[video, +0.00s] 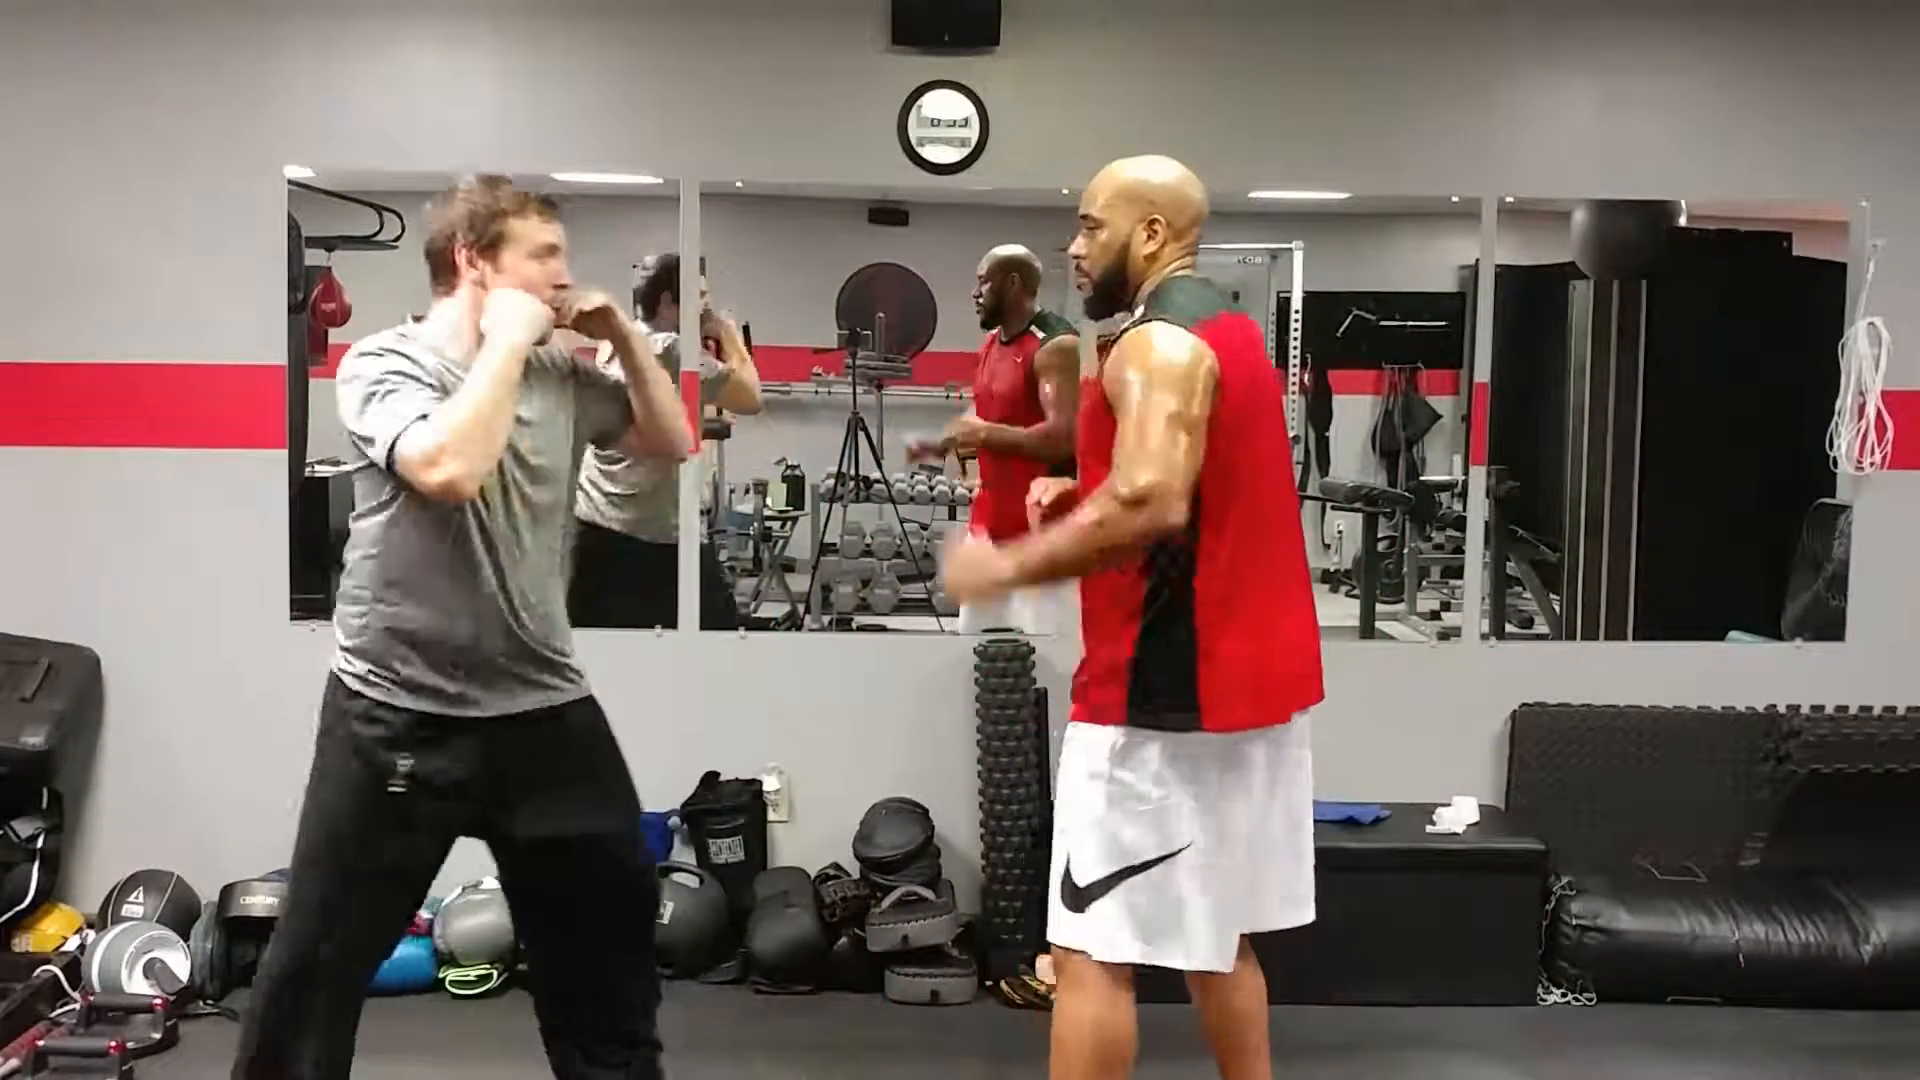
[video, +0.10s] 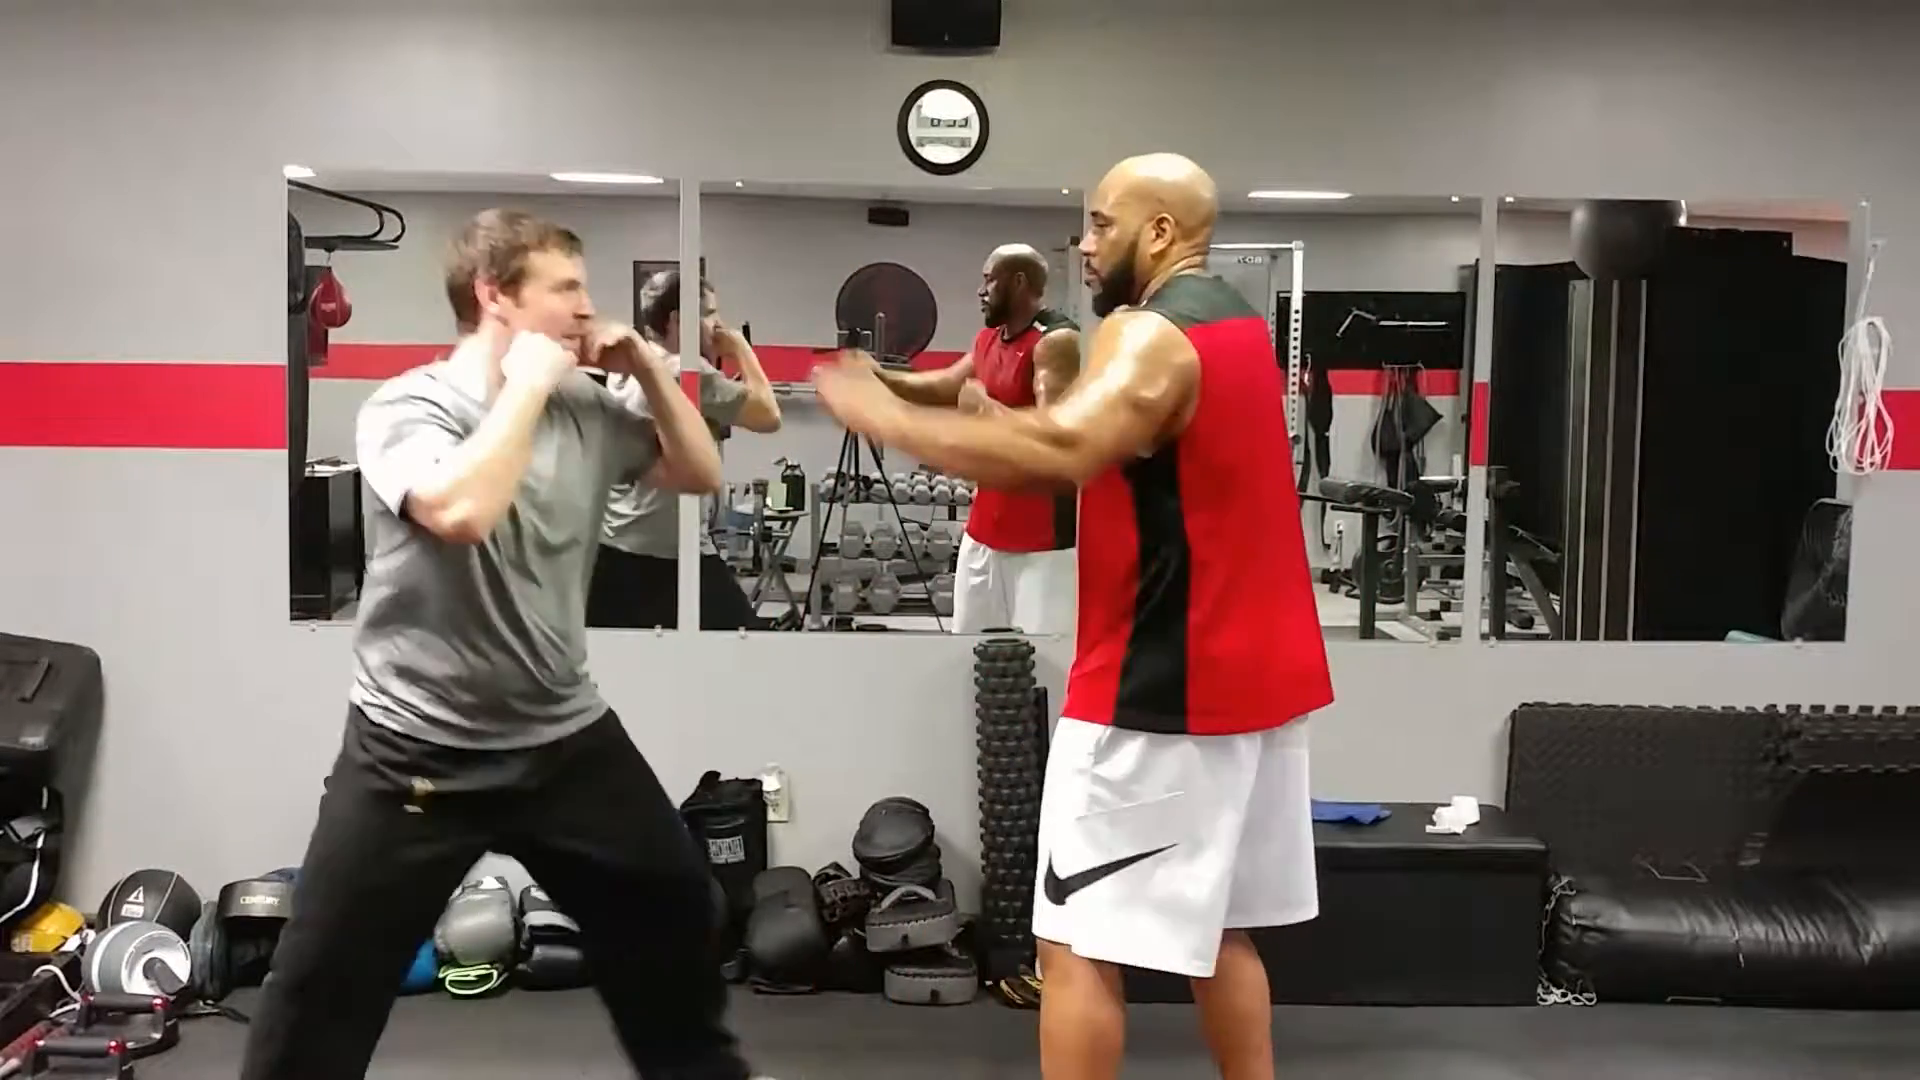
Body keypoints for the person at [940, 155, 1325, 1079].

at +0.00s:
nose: (1075, 246)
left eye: (1091, 227)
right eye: (1078, 226)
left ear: (1151, 236)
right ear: (1165, 239)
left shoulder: (1159, 347)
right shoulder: (1230, 340)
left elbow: (1149, 500)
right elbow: (1199, 495)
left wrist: (1008, 563)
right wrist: (1088, 497)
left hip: (1150, 697)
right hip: (1248, 690)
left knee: (1088, 953)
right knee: (1218, 936)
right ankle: (1249, 1075)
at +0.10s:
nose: (1085, 242)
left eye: (1101, 223)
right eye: (1088, 223)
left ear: (1160, 231)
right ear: (1177, 235)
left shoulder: (1153, 332)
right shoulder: (1231, 315)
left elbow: (1059, 451)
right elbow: (1100, 442)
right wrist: (999, 409)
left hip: (1154, 683)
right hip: (1259, 678)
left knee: (1075, 941)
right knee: (1220, 931)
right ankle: (1252, 1077)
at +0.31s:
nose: (1073, 239)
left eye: (1083, 225)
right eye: (1077, 223)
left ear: (1132, 238)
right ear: (1173, 241)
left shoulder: (1078, 343)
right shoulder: (1244, 317)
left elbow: (1011, 501)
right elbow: (1167, 438)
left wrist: (1013, 410)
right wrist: (1030, 375)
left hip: (1101, 678)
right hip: (1231, 676)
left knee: (956, 893)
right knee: (1195, 917)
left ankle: (989, 1077)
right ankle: (1249, 1079)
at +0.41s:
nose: (1030, 268)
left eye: (1038, 253)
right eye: (1034, 251)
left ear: (1066, 262)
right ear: (1143, 257)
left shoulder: (1026, 371)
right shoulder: (1236, 350)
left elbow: (952, 527)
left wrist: (993, 561)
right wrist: (1175, 502)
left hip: (1061, 700)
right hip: (1204, 698)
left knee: (934, 923)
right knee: (1201, 934)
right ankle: (1244, 1078)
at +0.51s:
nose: (988, 296)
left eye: (993, 282)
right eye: (990, 283)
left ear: (1021, 288)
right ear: (1102, 284)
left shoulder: (977, 395)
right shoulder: (1202, 373)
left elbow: (884, 545)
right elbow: (1316, 481)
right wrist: (1211, 541)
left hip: (1024, 726)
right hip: (1176, 719)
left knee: (907, 955)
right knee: (1190, 944)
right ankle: (1236, 1075)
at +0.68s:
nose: (884, 303)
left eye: (893, 282)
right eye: (886, 282)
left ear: (937, 286)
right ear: (995, 289)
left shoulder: (911, 400)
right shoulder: (1087, 371)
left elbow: (807, 576)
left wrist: (737, 568)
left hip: (956, 739)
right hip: (1099, 732)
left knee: (824, 979)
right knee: (1123, 967)